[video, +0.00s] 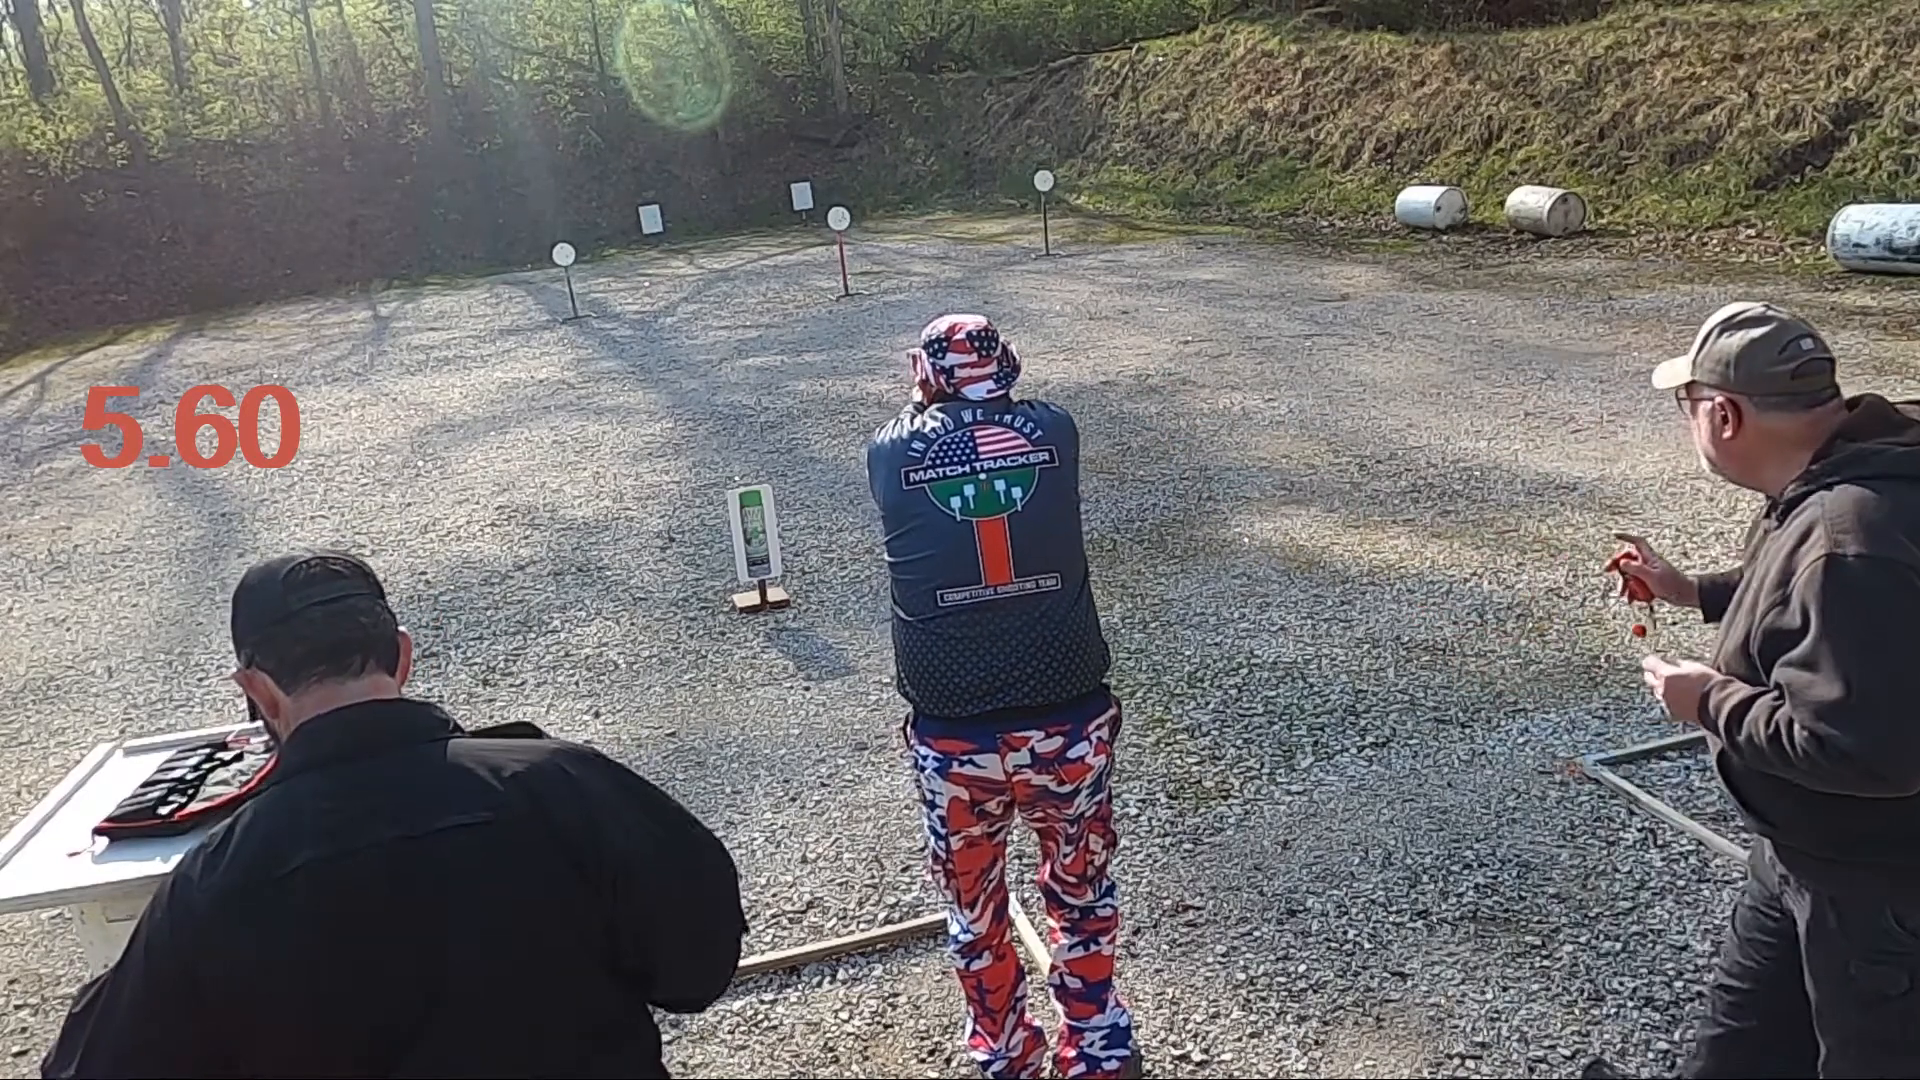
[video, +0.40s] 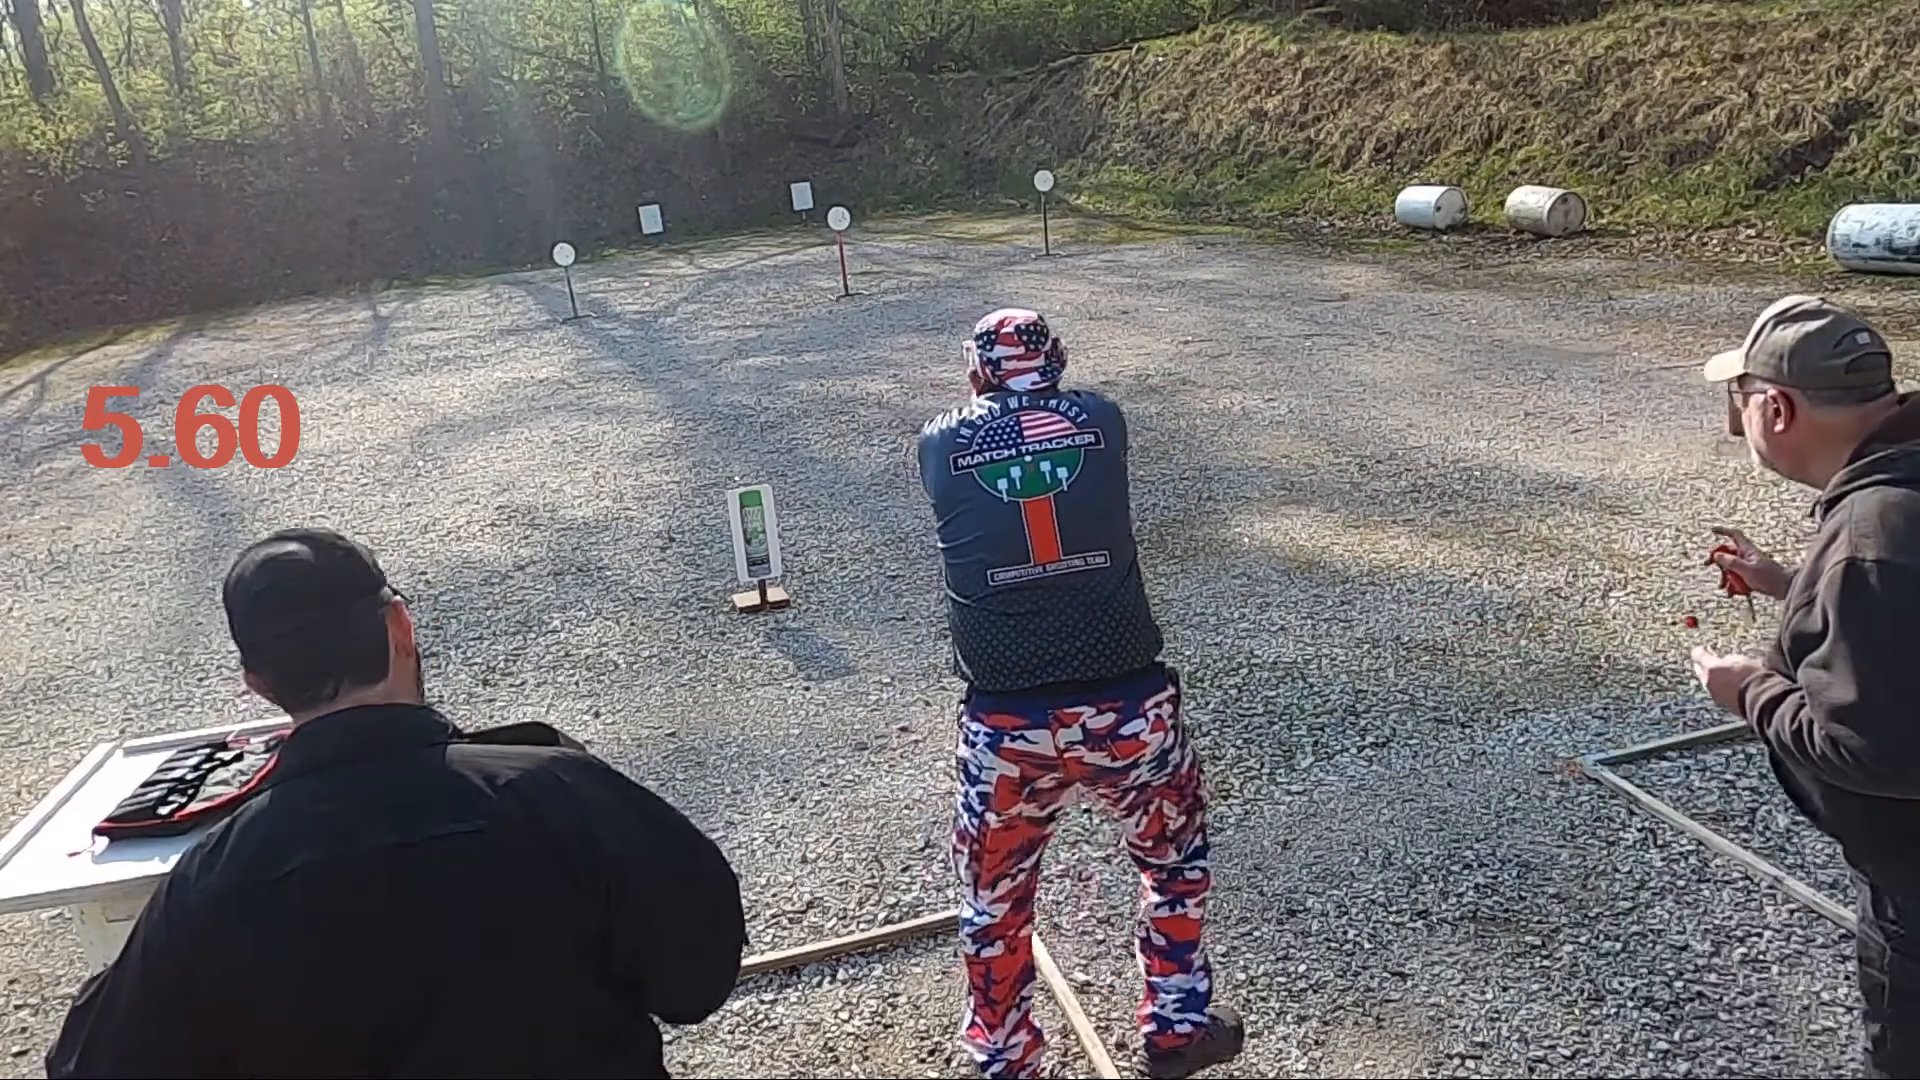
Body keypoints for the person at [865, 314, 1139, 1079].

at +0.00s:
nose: (920, 388)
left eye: (921, 379)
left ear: (927, 388)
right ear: (1004, 379)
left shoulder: (888, 458)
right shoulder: (1054, 430)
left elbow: (907, 437)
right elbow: (993, 424)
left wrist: (931, 399)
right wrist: (952, 395)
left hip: (955, 740)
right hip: (1071, 727)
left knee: (975, 901)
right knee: (1082, 891)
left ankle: (1003, 1055)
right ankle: (1099, 1052)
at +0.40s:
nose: (981, 380)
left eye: (979, 369)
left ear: (978, 378)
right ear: (1056, 368)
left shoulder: (939, 446)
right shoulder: (1101, 419)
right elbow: (1053, 419)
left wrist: (993, 396)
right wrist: (1012, 391)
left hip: (1005, 725)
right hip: (1126, 711)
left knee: (995, 892)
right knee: (1172, 847)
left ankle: (1001, 1055)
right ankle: (1176, 1025)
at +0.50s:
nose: (1077, 392)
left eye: (1015, 379)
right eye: (1081, 379)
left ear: (1010, 389)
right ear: (1088, 383)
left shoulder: (970, 460)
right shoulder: (1131, 433)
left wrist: (1032, 410)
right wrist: (1051, 406)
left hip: (1032, 736)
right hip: (1155, 721)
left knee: (1008, 887)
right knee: (1236, 844)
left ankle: (1002, 1052)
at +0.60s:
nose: (1131, 402)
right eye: (1133, 390)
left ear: (1063, 400)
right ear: (1139, 395)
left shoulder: (1019, 469)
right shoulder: (1180, 447)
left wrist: (1084, 416)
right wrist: (1095, 418)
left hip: (1063, 743)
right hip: (1190, 733)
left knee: (1028, 888)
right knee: (1293, 838)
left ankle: (1004, 1051)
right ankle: (1394, 966)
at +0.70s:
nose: (1210, 392)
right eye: (1213, 380)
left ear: (1143, 387)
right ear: (1220, 387)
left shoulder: (1097, 453)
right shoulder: (1257, 441)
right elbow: (1202, 443)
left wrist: (1161, 403)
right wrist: (1170, 404)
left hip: (1119, 733)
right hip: (1245, 731)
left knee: (1065, 880)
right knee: (1344, 826)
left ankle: (1013, 1052)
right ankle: (1434, 957)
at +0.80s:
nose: (1232, 365)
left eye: (1233, 352)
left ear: (1237, 365)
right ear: (1313, 364)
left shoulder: (1189, 428)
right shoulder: (1350, 417)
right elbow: (1294, 417)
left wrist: (1258, 383)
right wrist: (1264, 380)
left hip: (1194, 701)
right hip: (1319, 704)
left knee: (1123, 843)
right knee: (1401, 820)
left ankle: (1028, 1013)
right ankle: (1445, 968)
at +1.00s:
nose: (1375, 330)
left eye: (1376, 318)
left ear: (1381, 328)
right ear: (1458, 329)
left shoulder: (1332, 391)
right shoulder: (1495, 382)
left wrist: (1392, 351)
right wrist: (1404, 350)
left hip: (1344, 658)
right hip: (1455, 668)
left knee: (1346, 759)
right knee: (1495, 813)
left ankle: (1290, 874)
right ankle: (1453, 968)